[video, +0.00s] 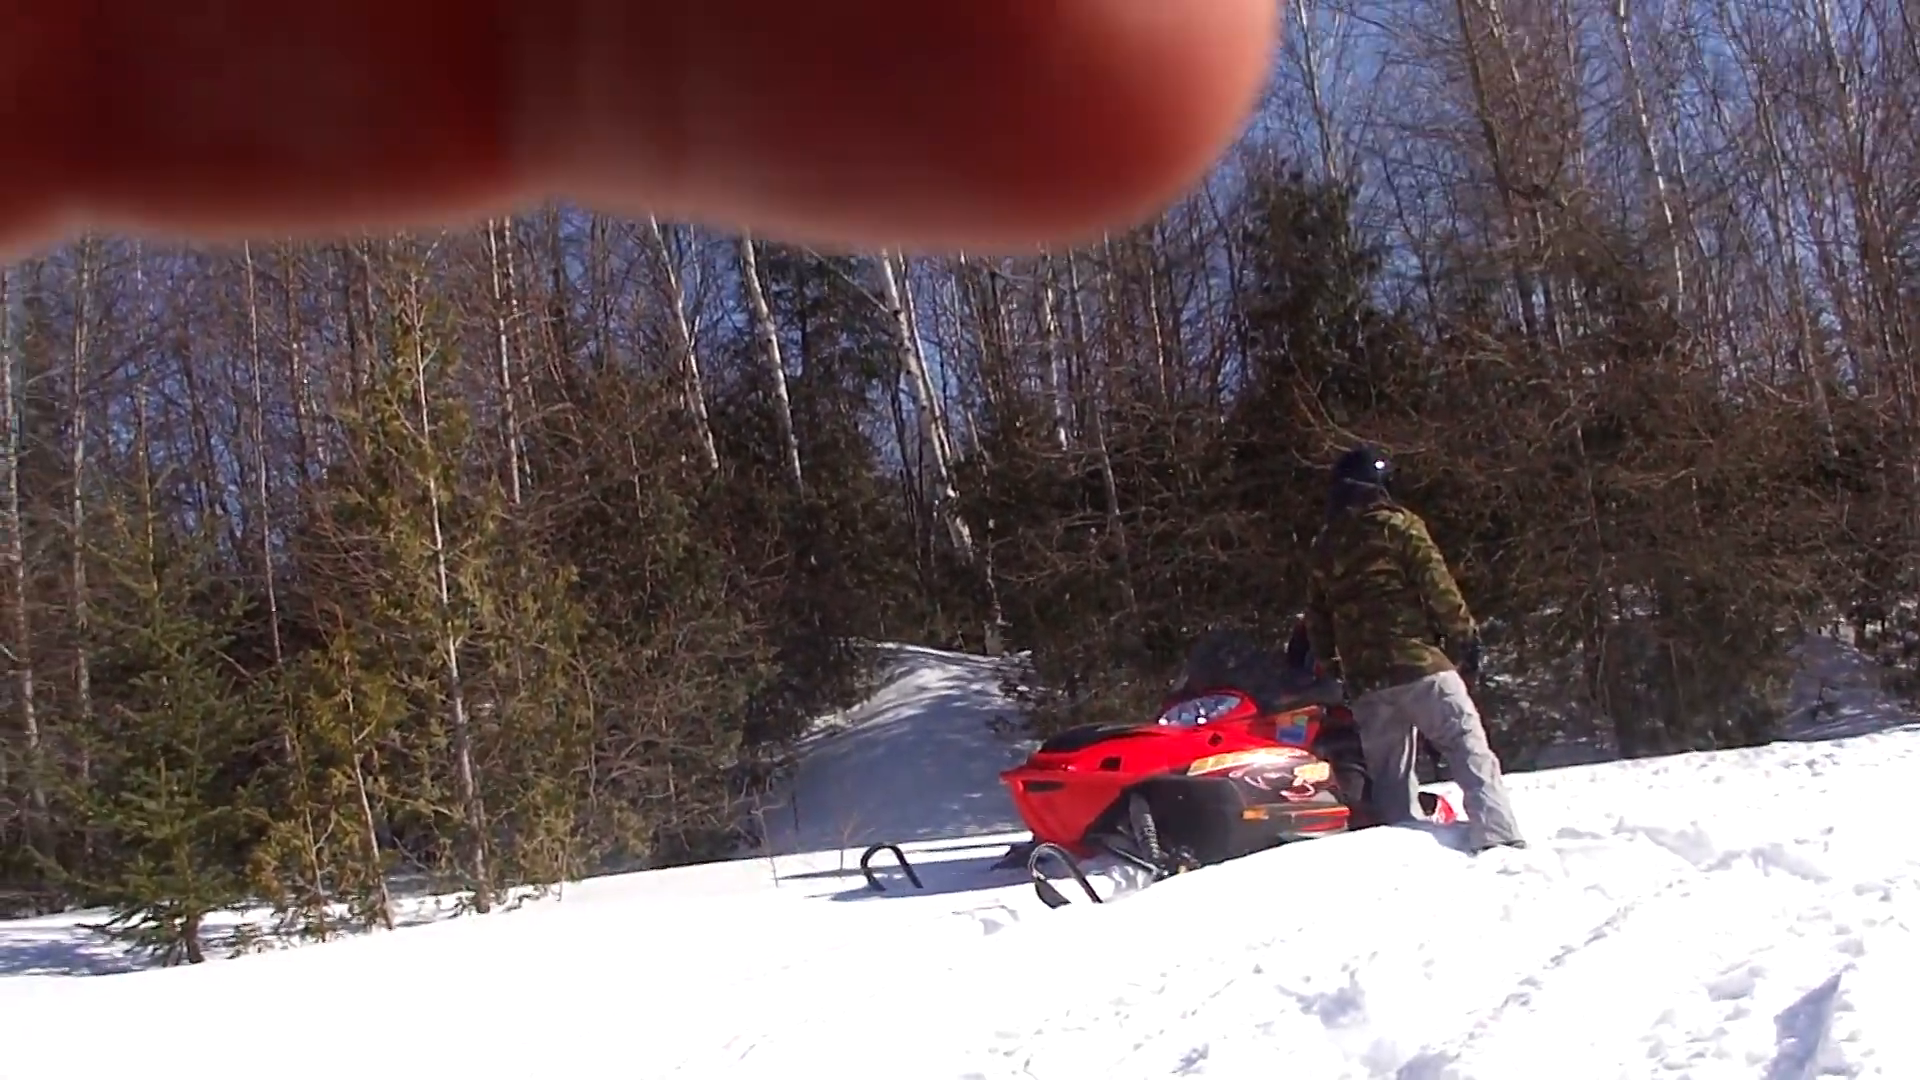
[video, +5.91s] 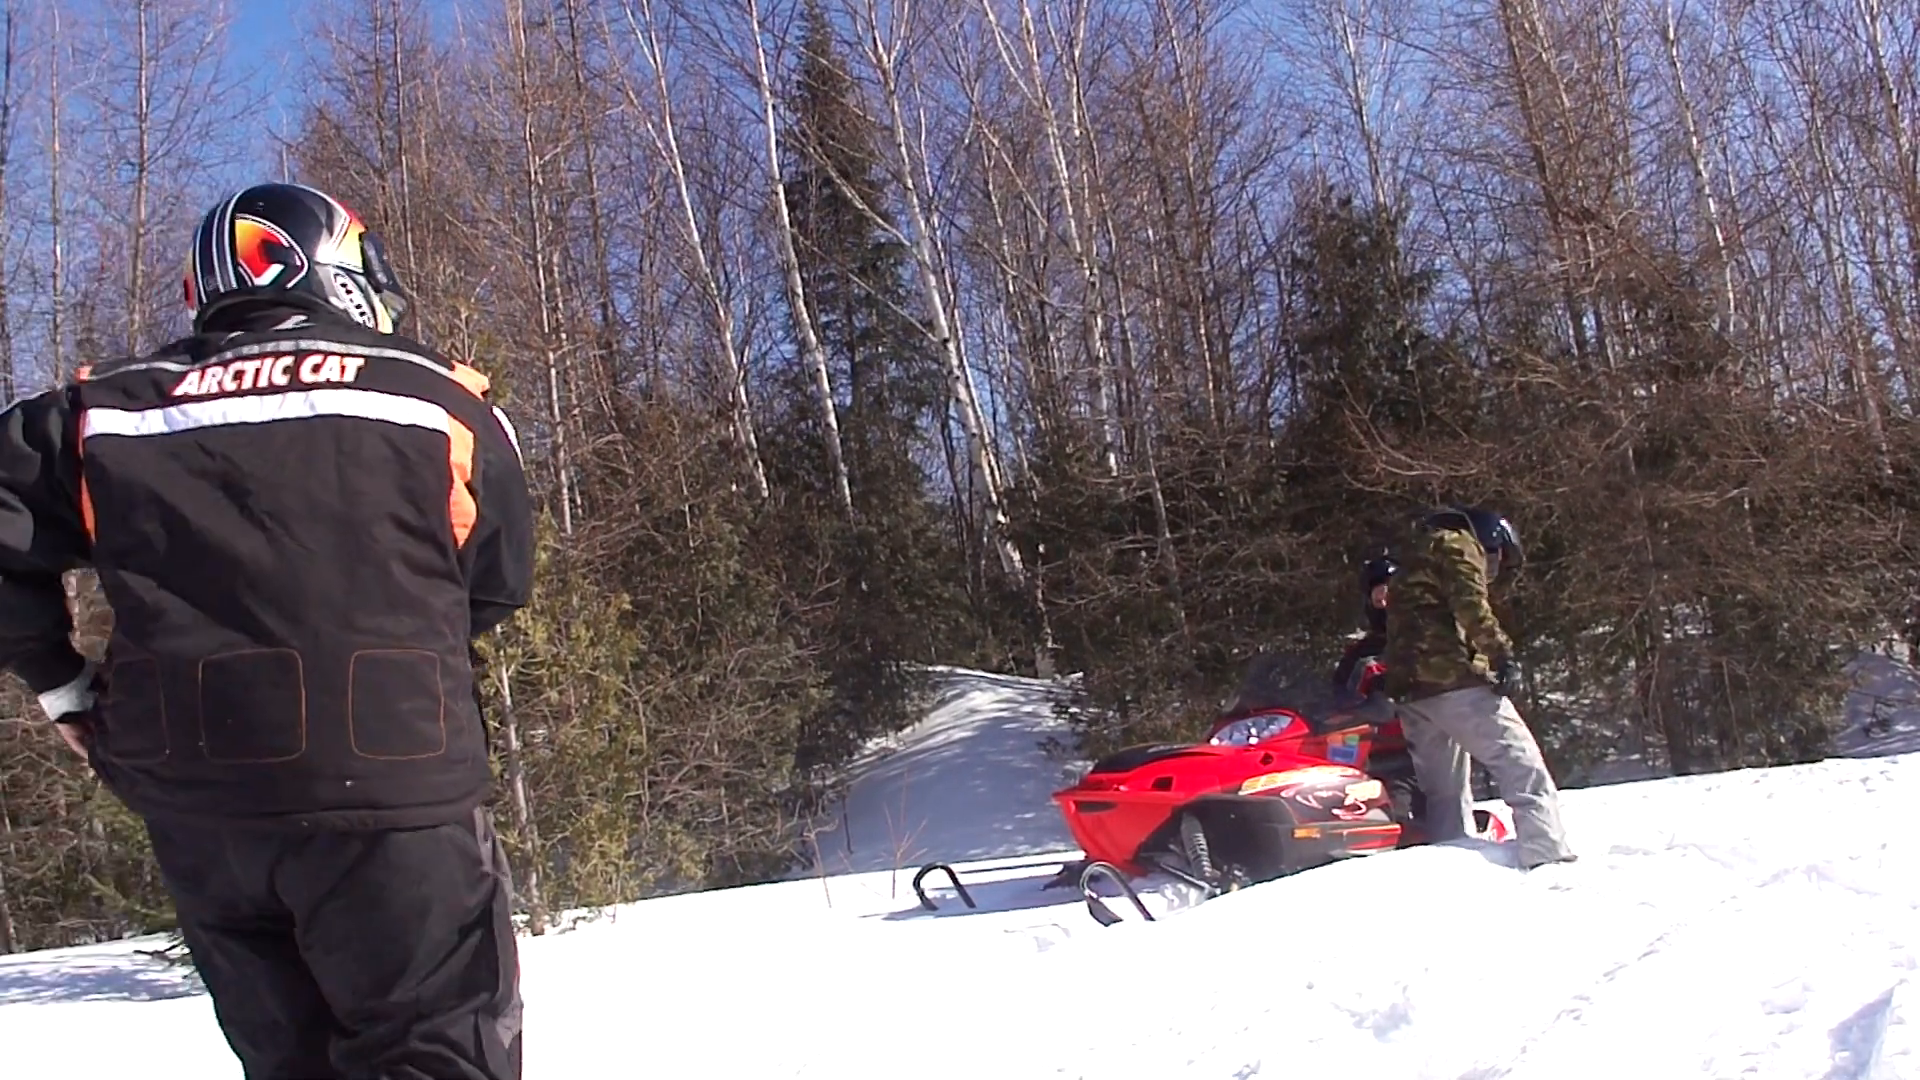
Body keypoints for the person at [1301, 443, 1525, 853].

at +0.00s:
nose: (1389, 485)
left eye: (1385, 479)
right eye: (1385, 479)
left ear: (1340, 488)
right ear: (1379, 482)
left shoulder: (1323, 545)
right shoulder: (1400, 524)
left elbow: (1317, 617)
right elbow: (1437, 586)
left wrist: (1331, 661)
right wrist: (1465, 636)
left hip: (1364, 677)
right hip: (1419, 662)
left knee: (1389, 781)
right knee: (1467, 748)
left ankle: (1400, 859)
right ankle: (1498, 838)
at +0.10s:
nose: (1403, 536)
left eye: (1399, 530)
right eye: (1399, 529)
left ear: (1350, 536)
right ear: (1391, 531)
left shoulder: (1333, 592)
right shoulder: (1411, 570)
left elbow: (1330, 664)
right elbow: (1448, 632)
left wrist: (1346, 707)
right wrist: (1477, 683)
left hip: (1375, 721)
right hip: (1430, 706)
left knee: (1399, 822)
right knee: (1476, 786)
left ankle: (1410, 898)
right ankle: (1508, 877)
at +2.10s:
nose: (1436, 524)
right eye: (1433, 517)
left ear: (1385, 525)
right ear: (1426, 520)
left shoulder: (1371, 576)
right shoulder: (1447, 555)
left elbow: (1361, 645)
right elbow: (1483, 614)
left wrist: (1370, 692)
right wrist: (1509, 667)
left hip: (1407, 703)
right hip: (1463, 691)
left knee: (1433, 802)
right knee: (1507, 770)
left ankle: (1444, 880)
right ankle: (1538, 859)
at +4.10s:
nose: (1440, 515)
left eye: (1437, 508)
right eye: (1436, 508)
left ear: (1389, 515)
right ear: (1427, 510)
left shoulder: (1373, 567)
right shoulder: (1447, 544)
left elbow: (1368, 637)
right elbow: (1496, 613)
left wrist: (1406, 657)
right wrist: (1504, 631)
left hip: (1419, 700)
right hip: (1473, 685)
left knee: (1443, 804)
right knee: (1519, 760)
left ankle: (1451, 880)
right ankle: (1546, 853)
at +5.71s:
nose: (1477, 556)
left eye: (1481, 552)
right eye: (1478, 548)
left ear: (1438, 523)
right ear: (1468, 531)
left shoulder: (1388, 560)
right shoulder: (1450, 545)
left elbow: (1377, 630)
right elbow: (1472, 610)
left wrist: (1393, 684)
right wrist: (1505, 658)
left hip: (1408, 696)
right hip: (1454, 682)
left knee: (1440, 799)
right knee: (1512, 759)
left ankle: (1449, 873)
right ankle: (1547, 854)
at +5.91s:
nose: (1492, 571)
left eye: (1499, 566)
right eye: (1497, 562)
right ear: (1490, 542)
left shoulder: (1413, 554)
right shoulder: (1456, 544)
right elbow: (1471, 608)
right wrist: (1503, 657)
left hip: (1408, 688)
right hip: (1452, 679)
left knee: (1442, 792)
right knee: (1519, 760)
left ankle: (1451, 871)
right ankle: (1547, 857)